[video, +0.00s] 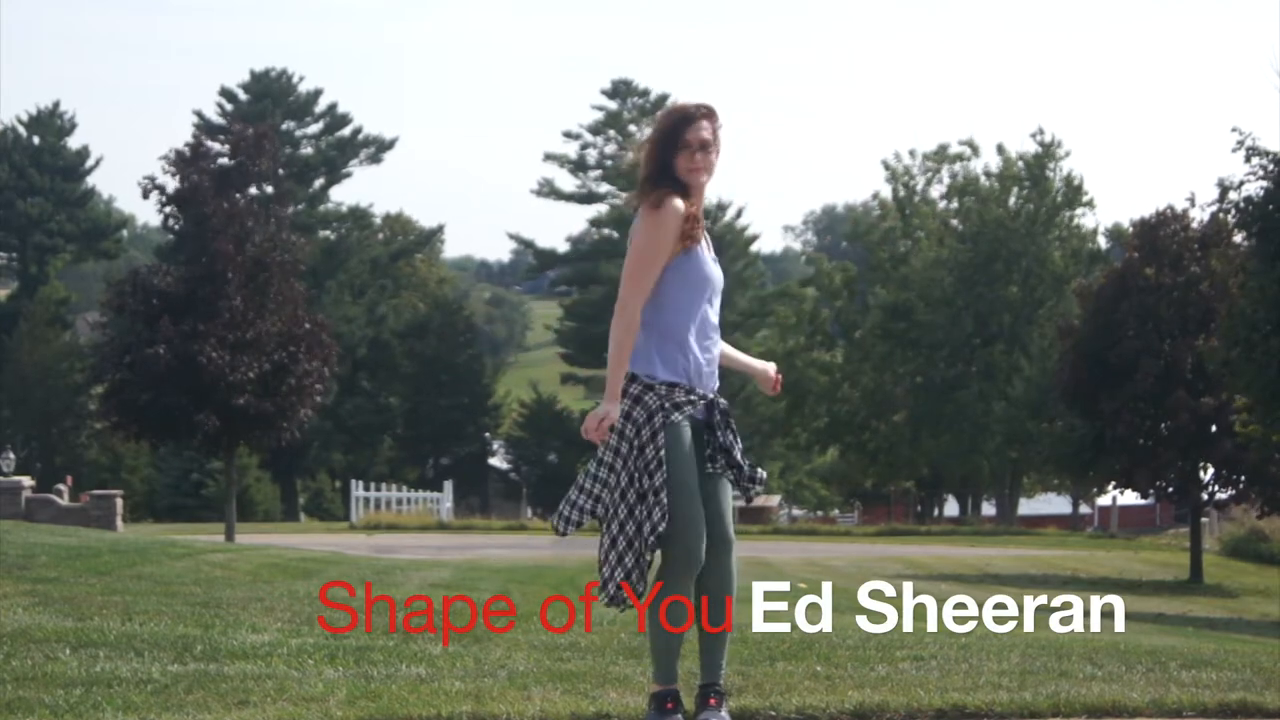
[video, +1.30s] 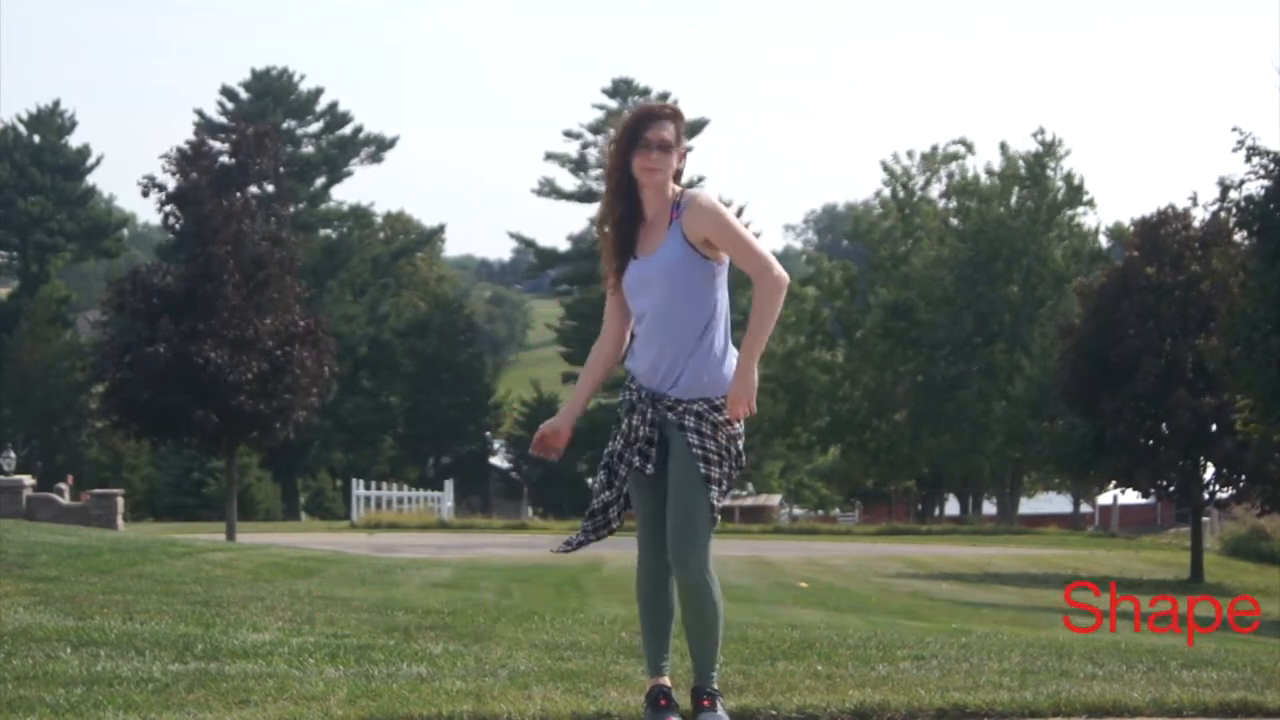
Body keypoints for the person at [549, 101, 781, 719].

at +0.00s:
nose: (699, 157)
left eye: (708, 147)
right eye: (688, 147)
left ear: (718, 155)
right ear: (666, 154)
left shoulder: (697, 223)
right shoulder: (665, 211)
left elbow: (696, 331)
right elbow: (628, 307)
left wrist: (754, 366)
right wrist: (612, 397)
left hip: (704, 402)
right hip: (661, 397)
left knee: (720, 544)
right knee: (685, 543)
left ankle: (713, 694)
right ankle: (665, 696)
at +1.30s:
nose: (655, 155)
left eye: (666, 147)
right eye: (645, 145)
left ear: (681, 155)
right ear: (626, 154)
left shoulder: (698, 211)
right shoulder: (624, 236)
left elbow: (773, 279)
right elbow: (612, 334)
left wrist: (747, 367)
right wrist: (569, 413)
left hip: (703, 406)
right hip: (645, 405)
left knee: (689, 557)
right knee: (652, 553)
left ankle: (706, 693)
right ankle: (658, 683)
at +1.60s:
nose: (659, 154)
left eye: (670, 145)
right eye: (650, 142)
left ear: (681, 154)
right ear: (628, 148)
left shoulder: (705, 210)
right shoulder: (604, 232)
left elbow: (808, 238)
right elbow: (609, 331)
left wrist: (822, 301)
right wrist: (606, 417)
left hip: (721, 395)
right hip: (648, 398)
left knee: (716, 552)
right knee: (659, 547)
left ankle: (710, 691)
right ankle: (660, 688)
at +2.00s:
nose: (670, 151)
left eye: (680, 142)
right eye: (660, 141)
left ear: (692, 153)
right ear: (639, 151)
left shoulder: (705, 232)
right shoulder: (607, 226)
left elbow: (760, 316)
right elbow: (554, 309)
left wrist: (836, 282)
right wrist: (568, 400)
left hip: (725, 401)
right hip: (658, 404)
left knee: (719, 551)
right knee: (684, 553)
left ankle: (712, 691)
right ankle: (664, 692)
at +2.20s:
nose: (671, 143)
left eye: (680, 134)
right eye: (659, 134)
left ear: (694, 144)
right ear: (639, 147)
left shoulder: (707, 225)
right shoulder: (614, 215)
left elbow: (730, 319)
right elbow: (530, 271)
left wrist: (812, 340)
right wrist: (513, 361)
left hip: (711, 401)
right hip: (650, 399)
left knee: (712, 544)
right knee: (667, 541)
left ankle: (712, 691)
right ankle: (663, 692)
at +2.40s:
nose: (670, 140)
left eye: (677, 130)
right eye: (657, 131)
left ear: (690, 140)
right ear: (634, 144)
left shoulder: (713, 220)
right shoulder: (612, 211)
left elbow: (729, 310)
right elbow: (530, 248)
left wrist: (714, 353)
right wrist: (497, 309)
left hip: (701, 396)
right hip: (635, 392)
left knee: (702, 543)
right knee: (650, 539)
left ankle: (710, 688)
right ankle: (660, 687)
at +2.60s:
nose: (659, 144)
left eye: (667, 135)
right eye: (647, 136)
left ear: (679, 146)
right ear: (623, 148)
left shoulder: (709, 218)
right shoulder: (598, 224)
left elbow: (736, 315)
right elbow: (550, 272)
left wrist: (659, 339)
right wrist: (579, 292)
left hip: (699, 397)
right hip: (626, 395)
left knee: (699, 547)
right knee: (640, 545)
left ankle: (706, 690)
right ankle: (658, 687)